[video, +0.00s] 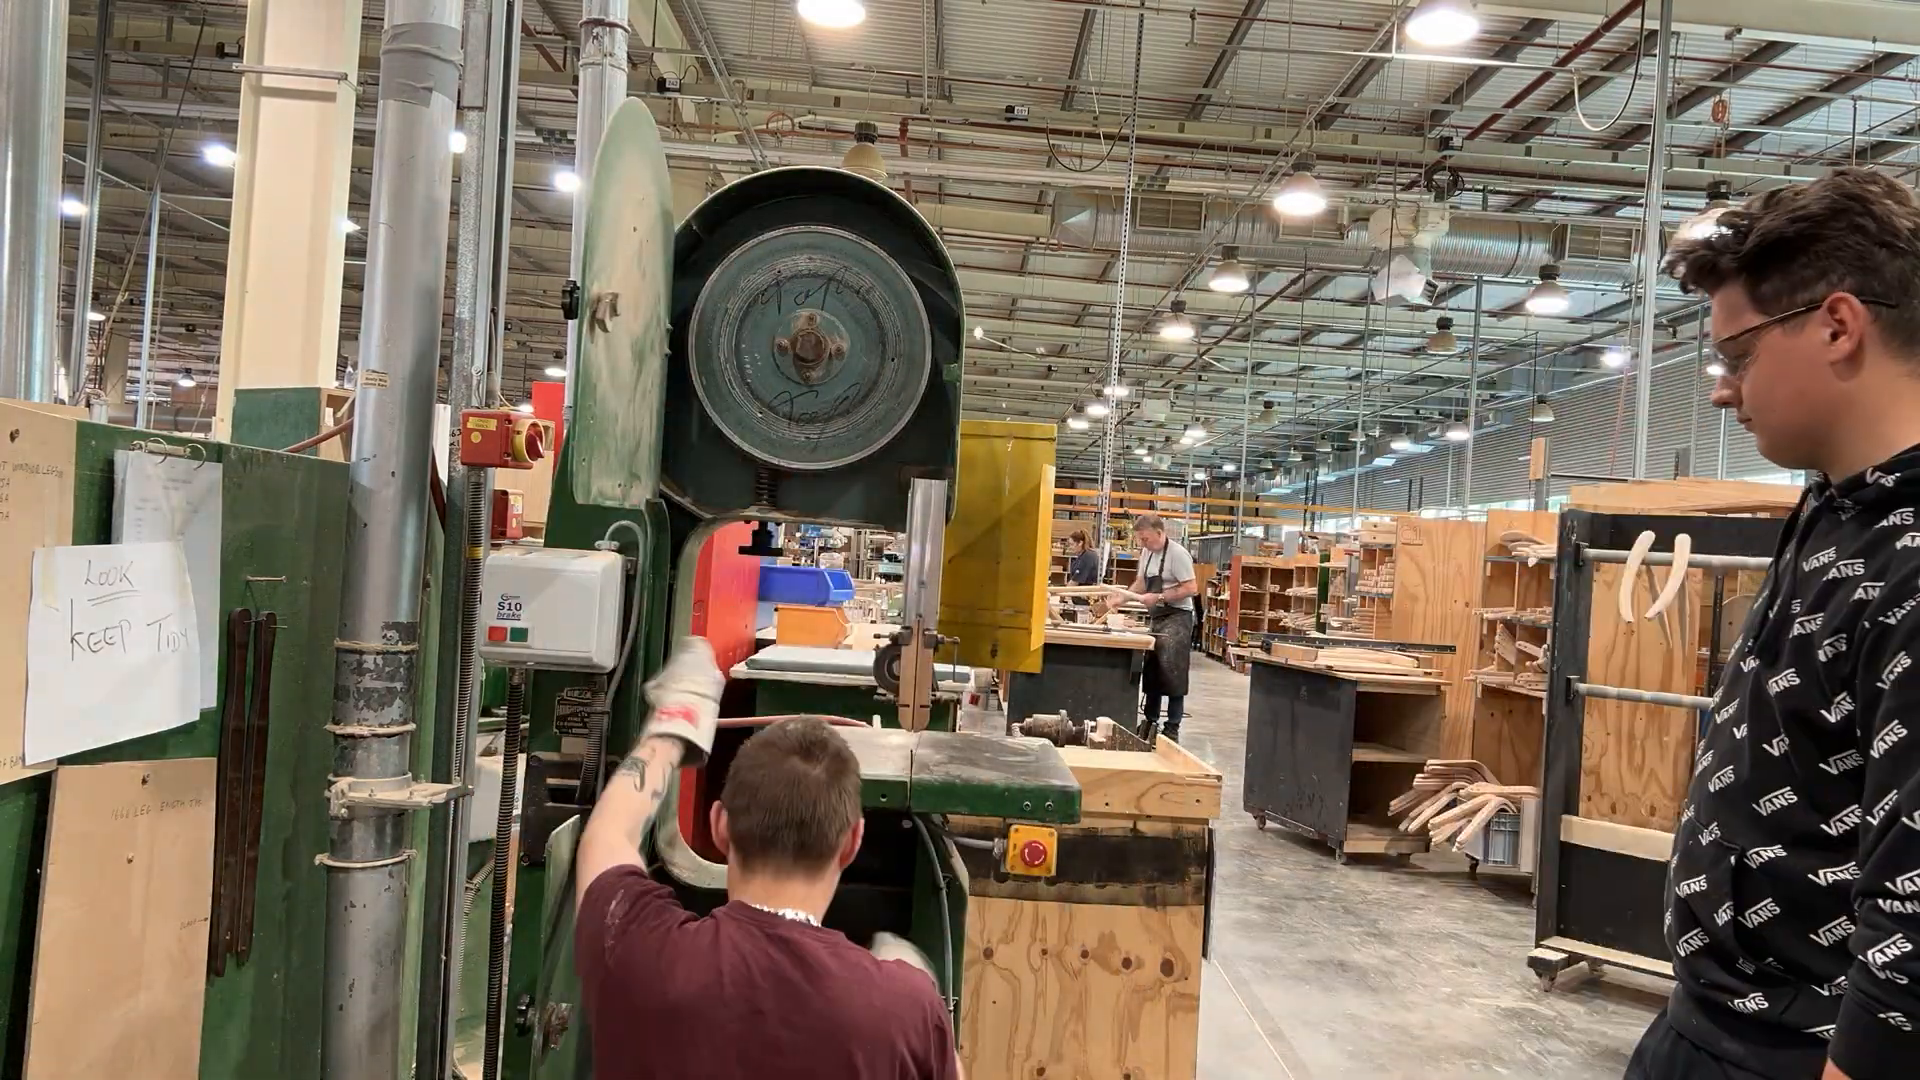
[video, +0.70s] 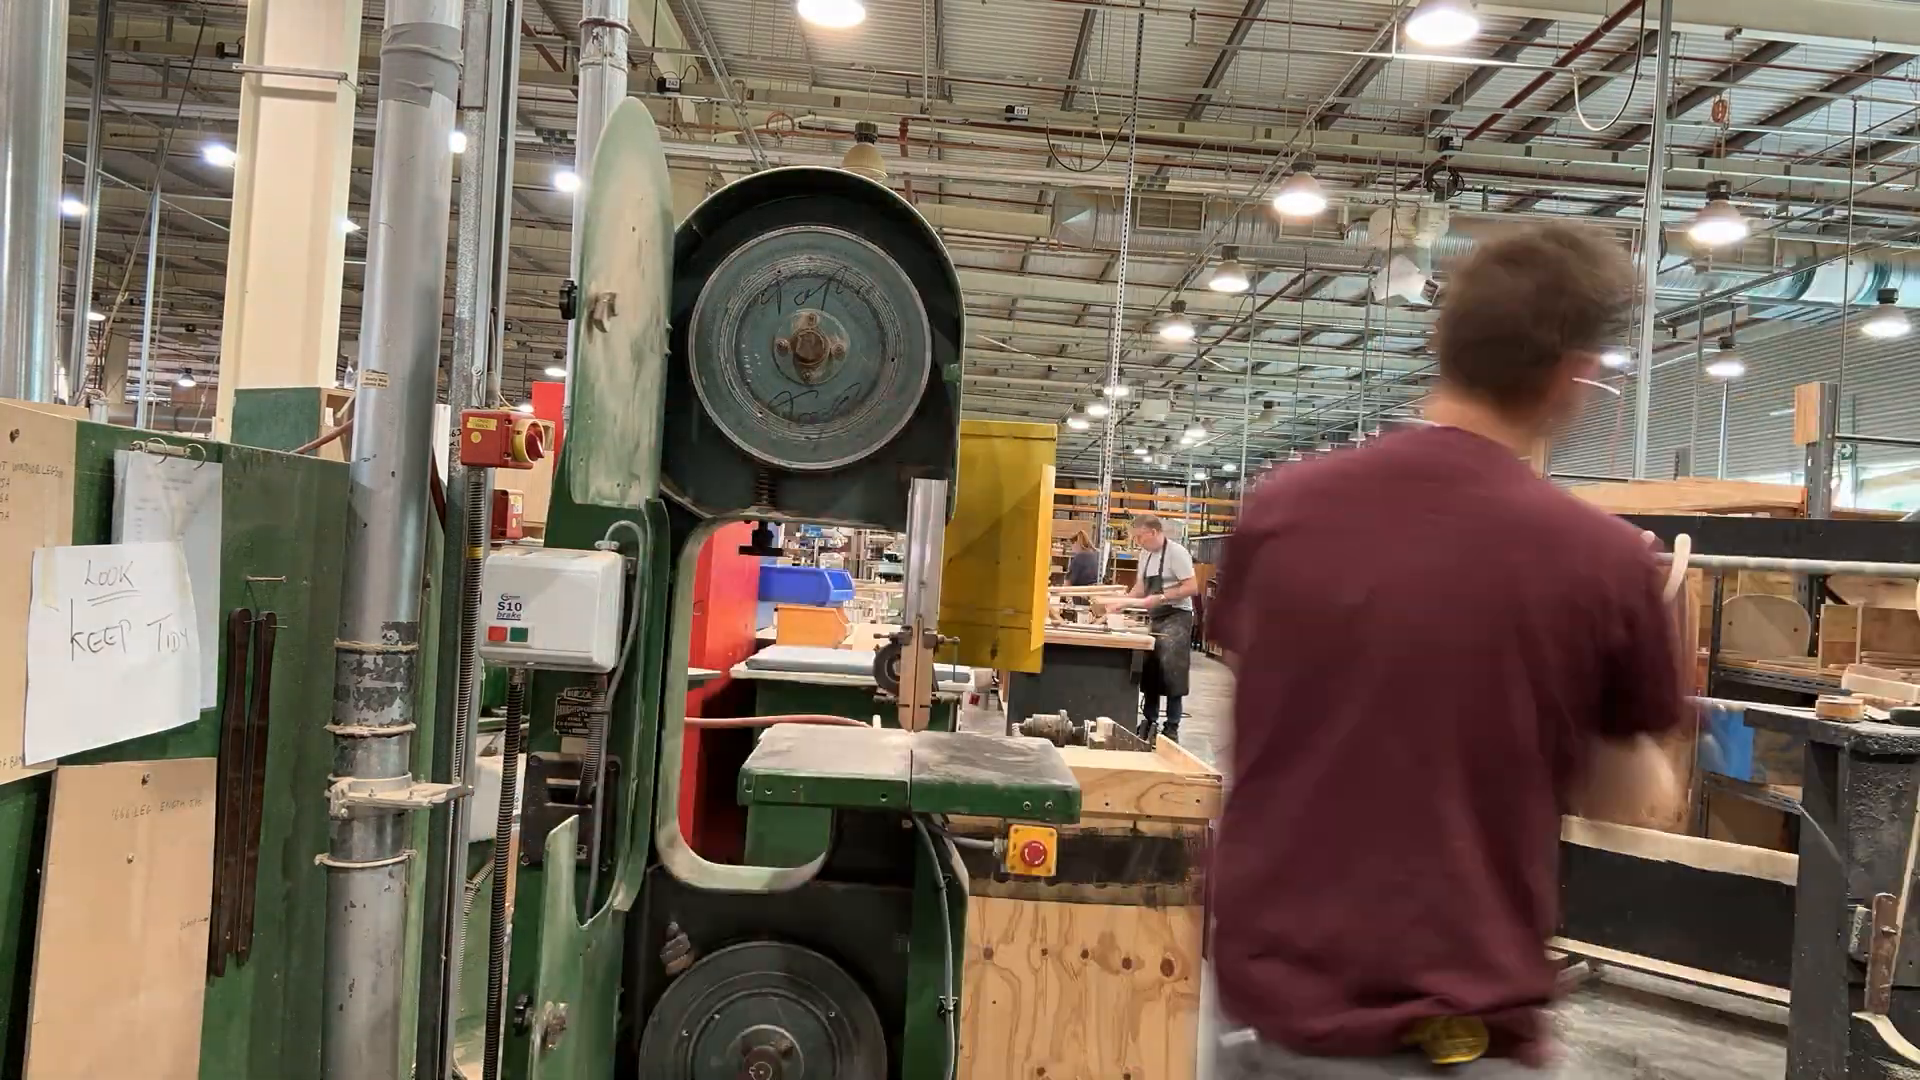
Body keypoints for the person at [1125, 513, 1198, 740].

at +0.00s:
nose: (1142, 543)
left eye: (1145, 538)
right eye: (1140, 539)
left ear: (1160, 533)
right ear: (1143, 537)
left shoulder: (1178, 553)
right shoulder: (1147, 553)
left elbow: (1191, 587)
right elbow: (1141, 584)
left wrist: (1159, 597)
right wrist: (1122, 597)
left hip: (1178, 617)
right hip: (1157, 617)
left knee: (1174, 671)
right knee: (1152, 670)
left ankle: (1172, 728)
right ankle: (1150, 721)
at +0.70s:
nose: (1138, 542)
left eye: (1140, 537)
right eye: (1136, 538)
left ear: (1154, 532)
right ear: (1148, 534)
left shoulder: (1177, 552)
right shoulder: (1146, 555)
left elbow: (1191, 587)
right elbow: (1140, 588)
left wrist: (1159, 598)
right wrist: (1121, 602)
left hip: (1176, 619)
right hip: (1155, 619)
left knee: (1173, 673)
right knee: (1150, 672)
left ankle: (1171, 728)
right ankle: (1148, 722)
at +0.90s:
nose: (1180, 530)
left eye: (1184, 526)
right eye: (1176, 526)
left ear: (1191, 529)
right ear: (1169, 529)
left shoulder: (1203, 554)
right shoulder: (1161, 551)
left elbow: (1214, 586)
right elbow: (1154, 579)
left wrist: (1194, 585)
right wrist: (1146, 577)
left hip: (1189, 616)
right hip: (1165, 616)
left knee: (1189, 670)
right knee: (1162, 669)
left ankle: (1187, 723)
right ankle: (1165, 721)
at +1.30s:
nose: (1175, 537)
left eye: (1178, 531)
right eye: (1174, 532)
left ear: (1192, 531)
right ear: (1184, 532)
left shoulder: (1210, 554)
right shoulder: (1183, 553)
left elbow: (1209, 586)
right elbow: (1181, 582)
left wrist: (1179, 581)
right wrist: (1167, 582)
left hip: (1201, 619)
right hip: (1180, 618)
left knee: (1200, 673)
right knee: (1164, 669)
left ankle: (1206, 731)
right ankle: (1166, 722)